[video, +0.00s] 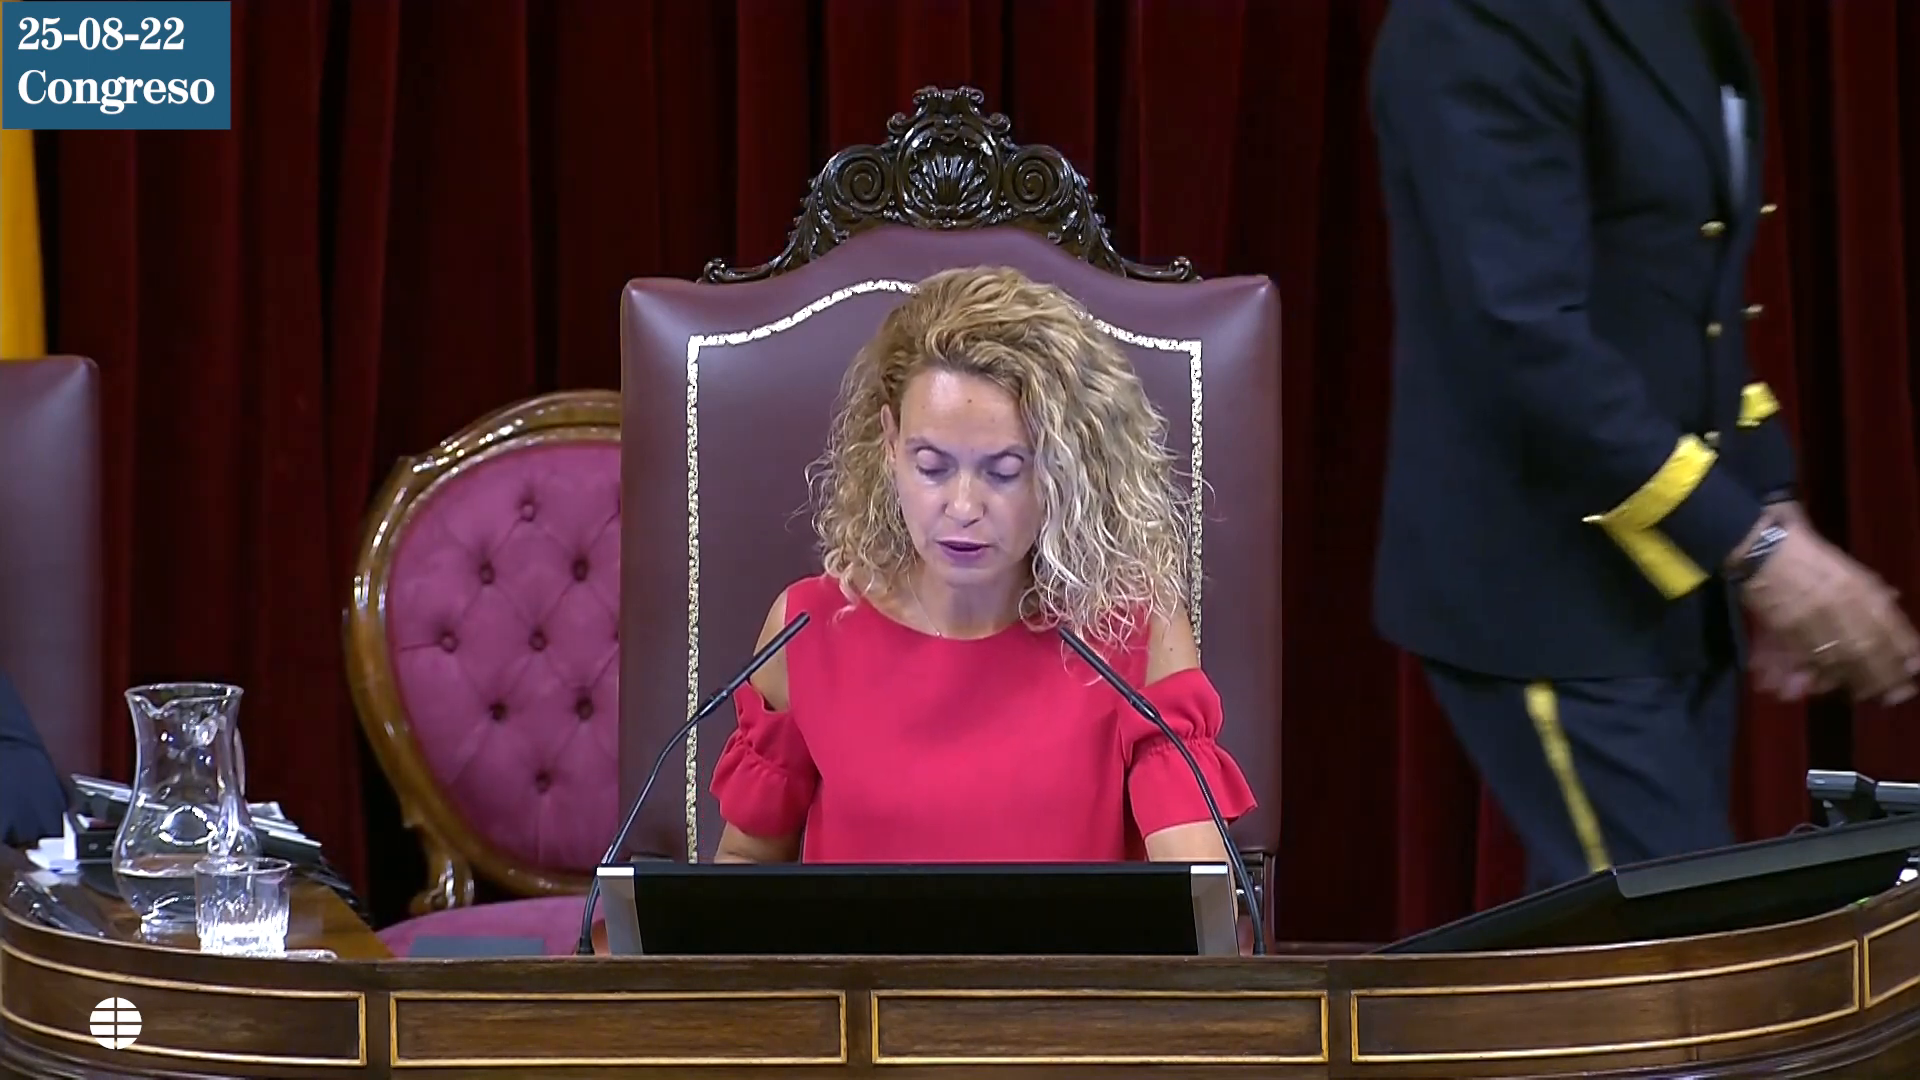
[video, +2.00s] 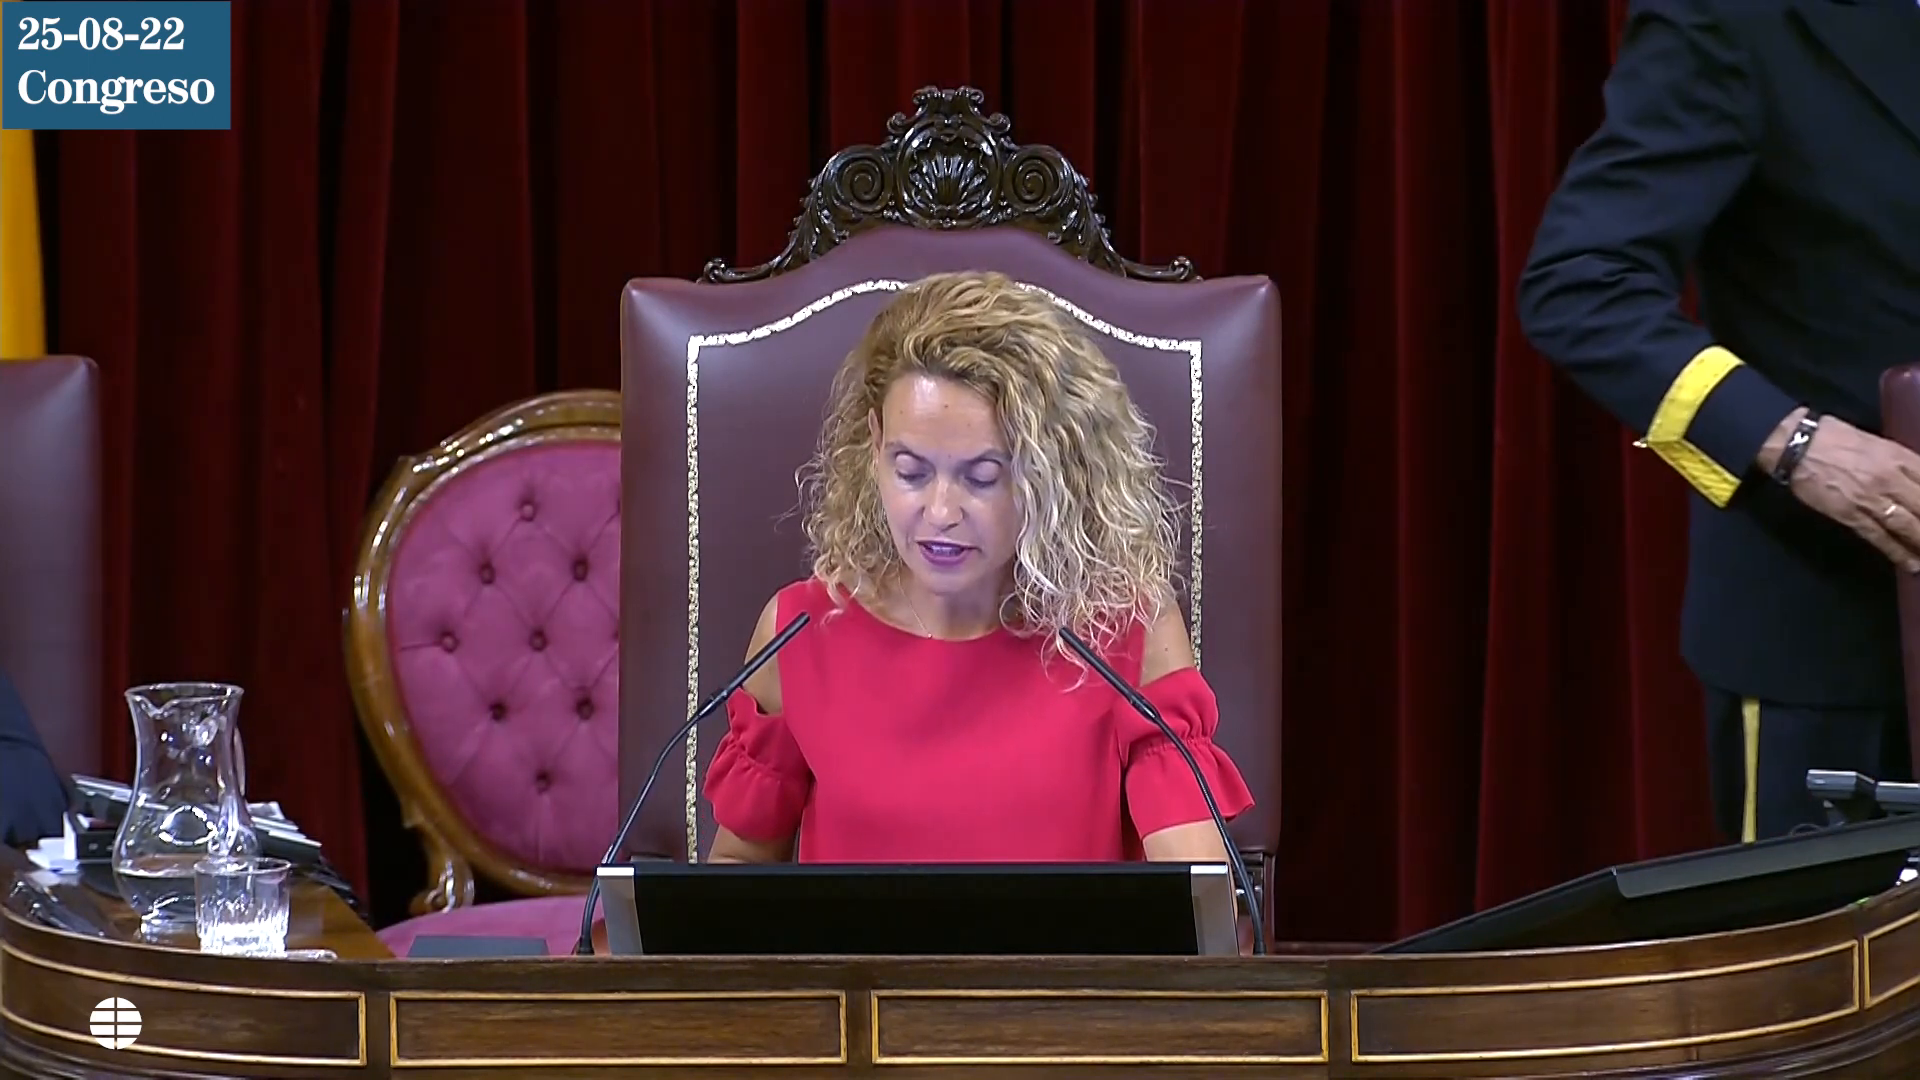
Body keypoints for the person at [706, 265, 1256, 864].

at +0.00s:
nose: (964, 507)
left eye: (1004, 470)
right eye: (933, 464)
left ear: (1065, 468)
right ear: (889, 447)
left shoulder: (1132, 627)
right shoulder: (810, 626)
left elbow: (1202, 895)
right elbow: (744, 872)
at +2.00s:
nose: (941, 511)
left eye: (982, 474)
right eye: (912, 470)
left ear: (1051, 477)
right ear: (873, 463)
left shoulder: (1124, 621)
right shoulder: (802, 628)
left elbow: (1200, 892)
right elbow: (736, 871)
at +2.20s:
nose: (943, 512)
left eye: (983, 475)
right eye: (914, 471)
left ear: (1052, 478)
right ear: (873, 464)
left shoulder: (1124, 621)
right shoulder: (802, 629)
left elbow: (1201, 895)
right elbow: (738, 878)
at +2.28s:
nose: (944, 512)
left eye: (984, 475)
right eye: (914, 471)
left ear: (1052, 478)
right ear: (873, 464)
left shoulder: (1124, 622)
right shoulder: (803, 628)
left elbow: (1201, 893)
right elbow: (738, 878)